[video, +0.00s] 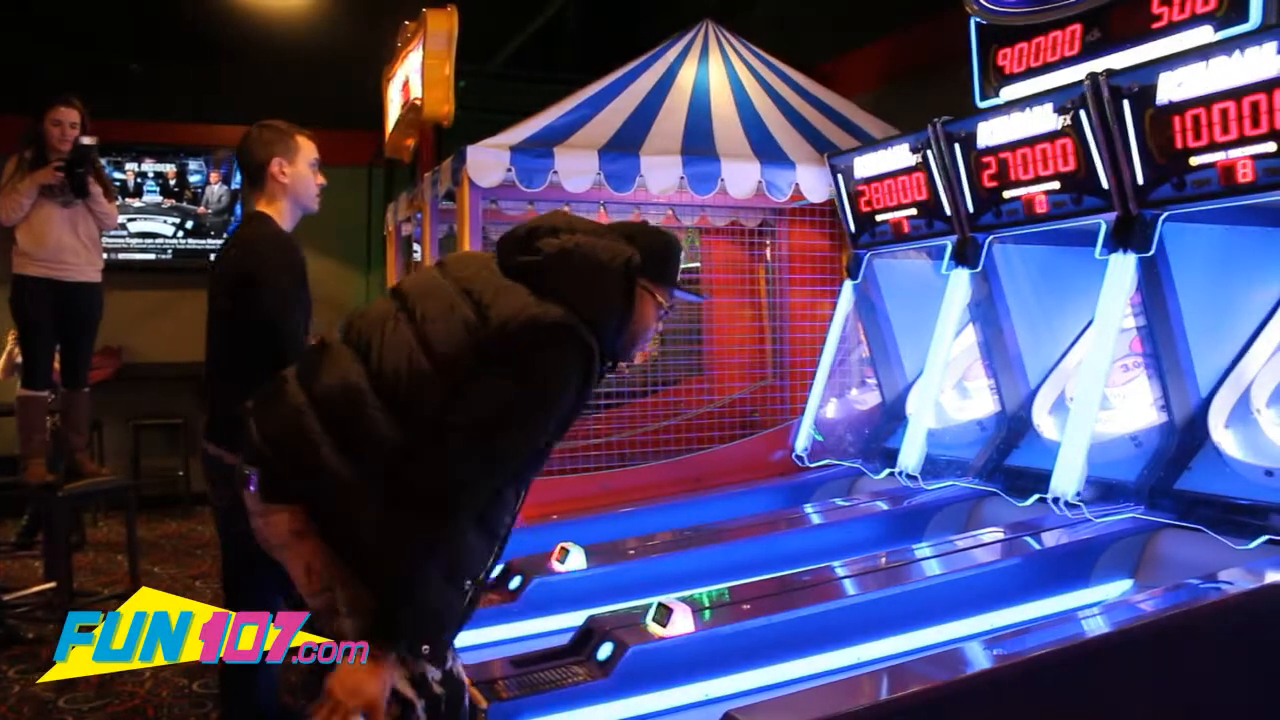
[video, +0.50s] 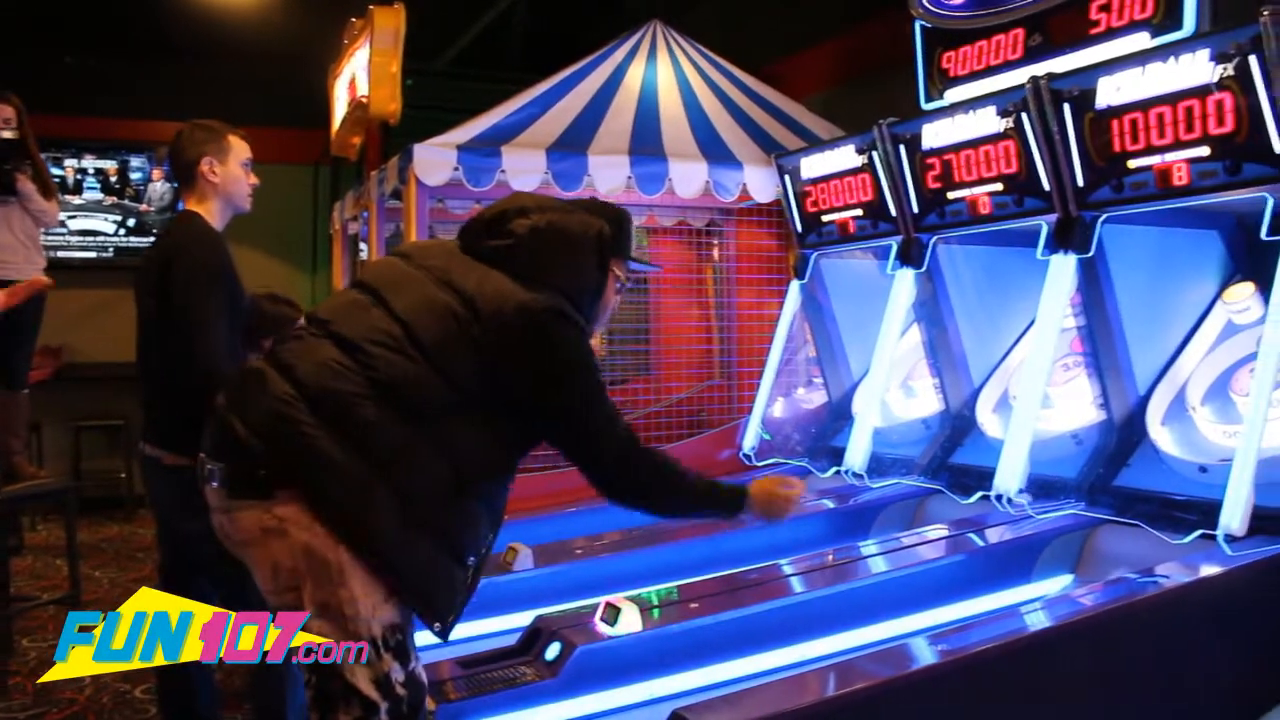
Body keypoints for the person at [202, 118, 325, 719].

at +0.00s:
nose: (322, 179)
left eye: (320, 166)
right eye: (314, 166)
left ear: (274, 174)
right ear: (279, 172)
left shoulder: (244, 243)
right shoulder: (272, 249)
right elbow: (284, 361)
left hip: (231, 446)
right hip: (254, 455)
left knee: (251, 587)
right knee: (265, 593)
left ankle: (248, 704)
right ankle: (256, 706)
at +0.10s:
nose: (301, 179)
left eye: (299, 167)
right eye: (293, 166)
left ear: (252, 173)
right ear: (259, 171)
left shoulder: (232, 240)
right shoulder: (249, 248)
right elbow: (260, 357)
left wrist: (277, 310)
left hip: (217, 447)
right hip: (233, 457)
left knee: (235, 586)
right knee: (250, 591)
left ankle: (230, 699)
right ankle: (237, 702)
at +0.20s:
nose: (291, 180)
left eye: (289, 168)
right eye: (283, 167)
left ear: (242, 174)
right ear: (248, 172)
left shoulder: (219, 240)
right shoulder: (238, 248)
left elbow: (227, 343)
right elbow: (250, 359)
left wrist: (277, 316)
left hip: (205, 446)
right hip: (224, 456)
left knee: (222, 583)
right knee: (245, 589)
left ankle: (221, 697)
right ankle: (229, 699)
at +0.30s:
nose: (279, 180)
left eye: (277, 168)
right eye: (271, 167)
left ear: (230, 173)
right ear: (237, 171)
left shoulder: (204, 241)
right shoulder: (226, 248)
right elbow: (241, 361)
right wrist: (282, 426)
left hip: (190, 446)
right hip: (214, 457)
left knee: (210, 584)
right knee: (237, 590)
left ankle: (209, 698)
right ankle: (218, 699)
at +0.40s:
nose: (266, 179)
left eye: (264, 167)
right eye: (258, 167)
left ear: (217, 173)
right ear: (223, 171)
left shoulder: (191, 241)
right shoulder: (212, 248)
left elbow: (204, 347)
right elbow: (229, 360)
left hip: (179, 448)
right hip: (202, 459)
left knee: (195, 584)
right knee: (228, 590)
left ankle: (196, 697)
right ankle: (204, 698)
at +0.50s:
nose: (254, 178)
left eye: (252, 167)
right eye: (245, 166)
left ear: (204, 172)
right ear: (210, 170)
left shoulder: (174, 241)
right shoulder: (201, 248)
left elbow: (185, 350)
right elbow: (215, 360)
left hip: (165, 447)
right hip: (193, 458)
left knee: (185, 585)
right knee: (221, 589)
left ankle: (185, 698)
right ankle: (191, 698)